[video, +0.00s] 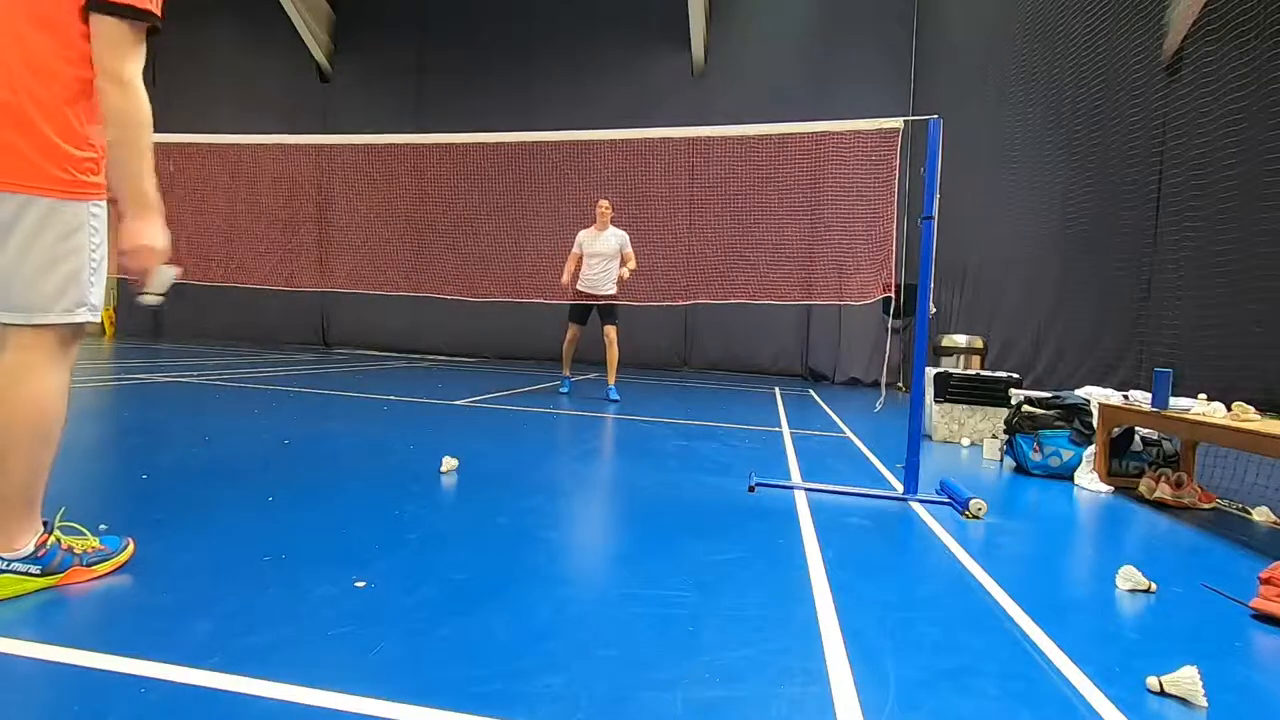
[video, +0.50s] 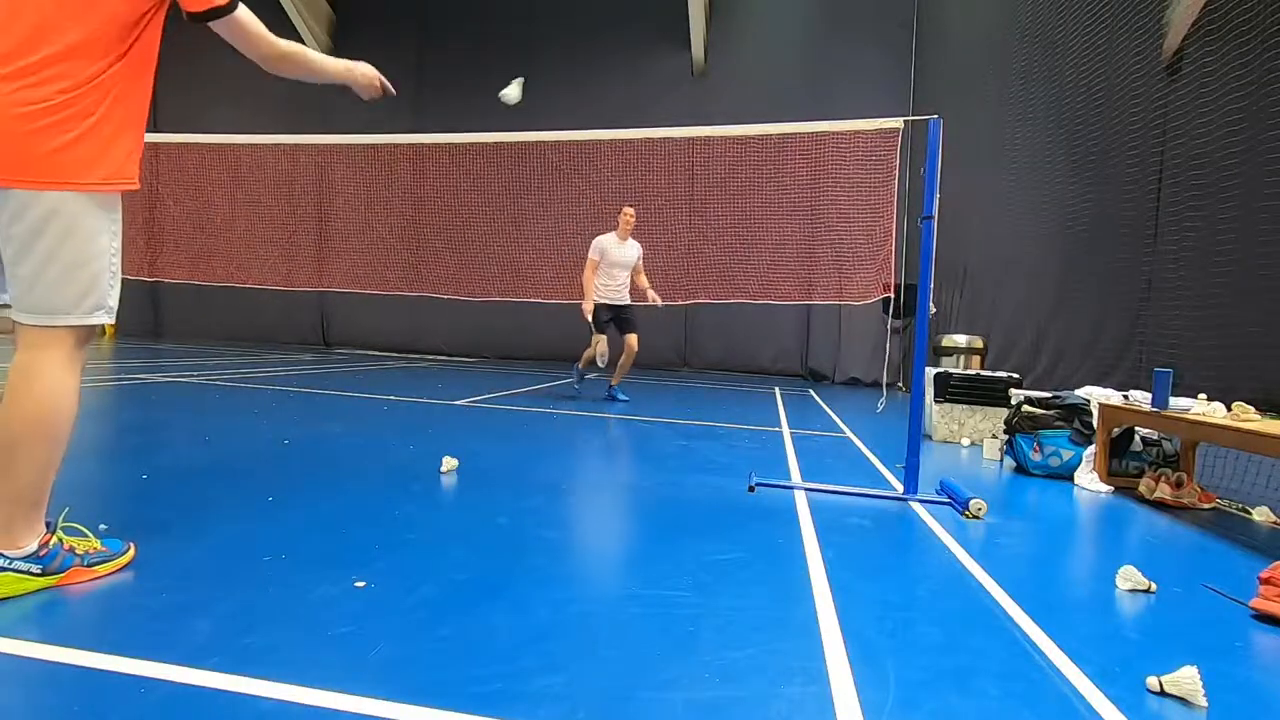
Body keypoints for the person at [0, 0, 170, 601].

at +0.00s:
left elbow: (116, 72)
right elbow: (116, 70)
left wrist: (136, 206)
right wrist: (142, 208)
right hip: (39, 149)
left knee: (31, 340)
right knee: (37, 341)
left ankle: (16, 537)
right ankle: (16, 545)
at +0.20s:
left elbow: (165, 87)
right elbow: (162, 86)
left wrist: (176, 218)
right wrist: (179, 218)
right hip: (46, 151)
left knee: (34, 340)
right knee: (43, 343)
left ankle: (20, 532)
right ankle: (18, 544)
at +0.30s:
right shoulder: (159, 5)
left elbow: (224, 89)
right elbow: (225, 90)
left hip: (19, 151)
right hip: (51, 158)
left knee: (29, 342)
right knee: (44, 345)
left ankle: (18, 537)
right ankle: (19, 546)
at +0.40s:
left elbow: (259, 58)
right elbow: (260, 60)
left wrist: (346, 110)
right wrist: (349, 109)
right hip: (52, 148)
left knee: (21, 337)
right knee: (48, 343)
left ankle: (19, 530)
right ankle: (19, 544)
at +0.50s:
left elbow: (267, 50)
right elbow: (267, 51)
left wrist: (346, 73)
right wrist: (347, 70)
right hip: (54, 142)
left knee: (44, 336)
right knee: (51, 339)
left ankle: (20, 530)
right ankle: (19, 543)